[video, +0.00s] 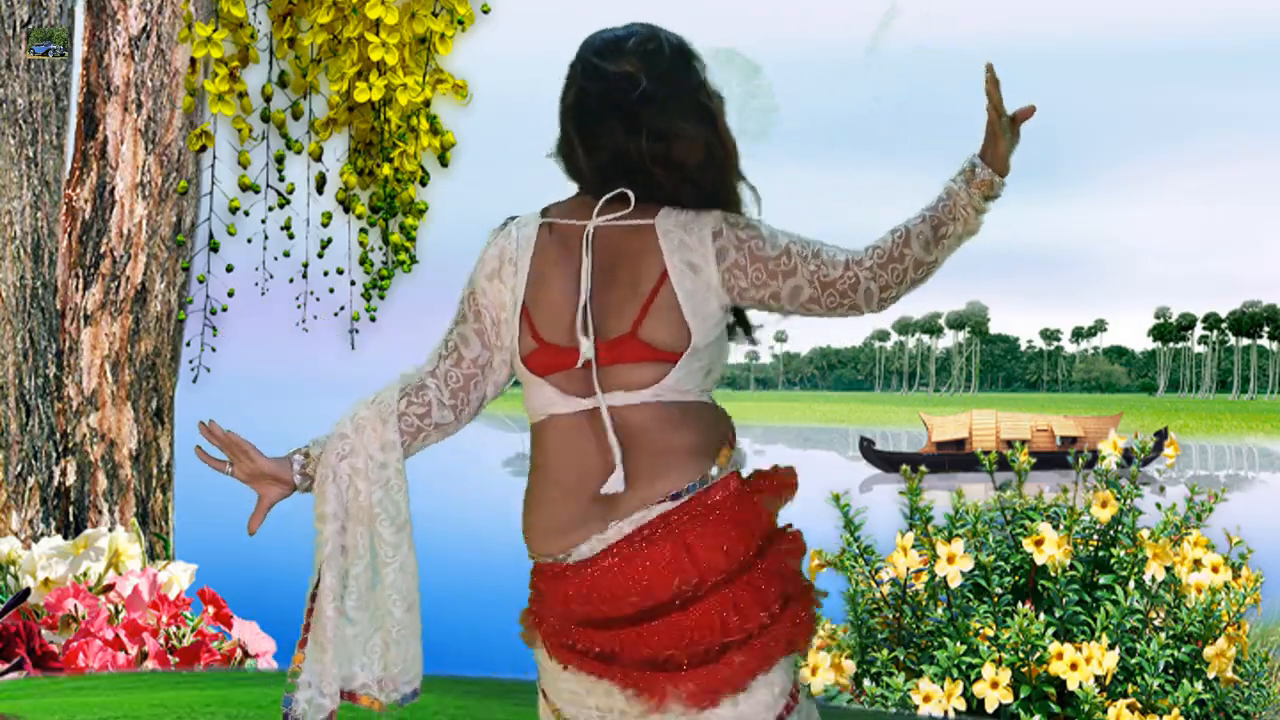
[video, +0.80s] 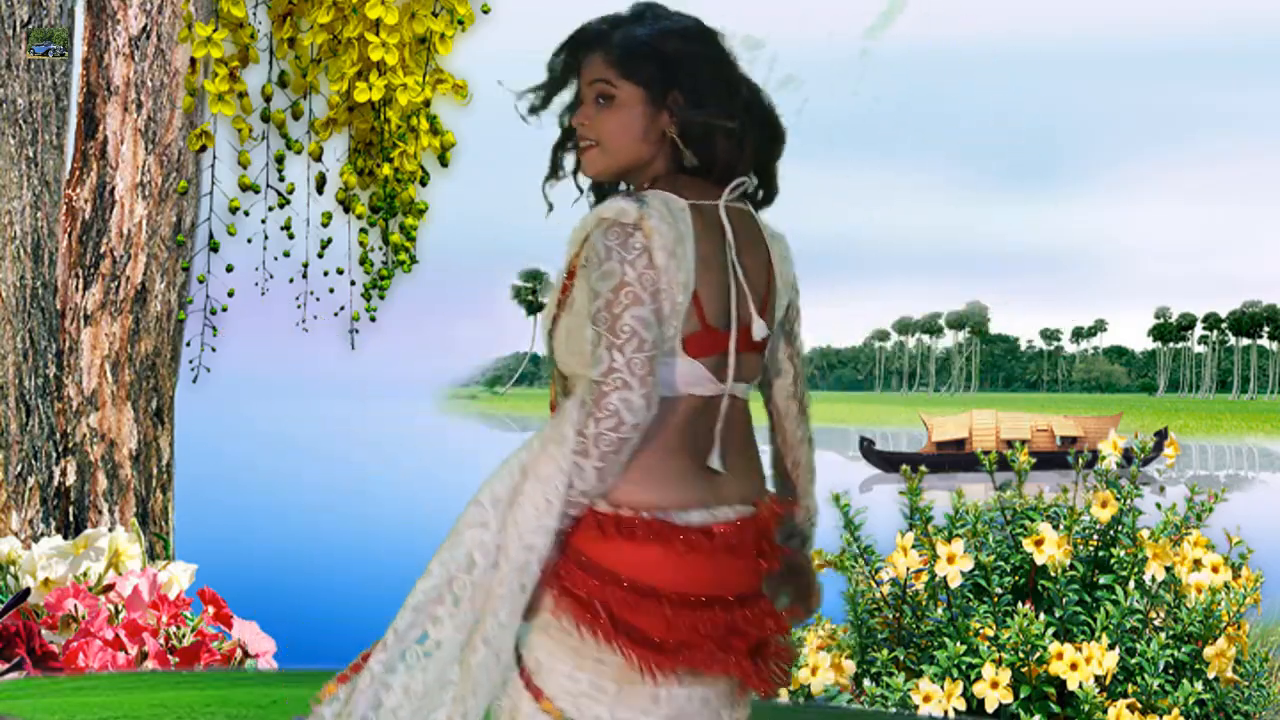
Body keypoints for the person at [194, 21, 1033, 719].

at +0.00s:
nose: (715, 130)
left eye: (704, 110)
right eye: (703, 111)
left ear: (577, 128)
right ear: (682, 124)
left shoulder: (513, 252)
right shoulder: (705, 239)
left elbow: (439, 397)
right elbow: (864, 284)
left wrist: (301, 467)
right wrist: (983, 178)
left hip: (564, 530)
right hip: (694, 517)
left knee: (592, 705)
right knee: (733, 703)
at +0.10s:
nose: (688, 114)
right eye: (681, 97)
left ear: (569, 114)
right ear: (679, 107)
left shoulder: (514, 240)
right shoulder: (713, 220)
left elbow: (438, 395)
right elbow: (859, 273)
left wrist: (298, 472)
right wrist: (973, 171)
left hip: (545, 527)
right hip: (681, 520)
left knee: (561, 702)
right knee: (727, 702)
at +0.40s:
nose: (696, 126)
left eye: (573, 108)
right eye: (687, 108)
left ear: (568, 127)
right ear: (682, 123)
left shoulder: (512, 248)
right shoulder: (712, 239)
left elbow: (444, 412)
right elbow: (857, 300)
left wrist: (310, 500)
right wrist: (980, 221)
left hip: (544, 525)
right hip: (680, 519)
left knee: (549, 699)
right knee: (710, 699)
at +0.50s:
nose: (547, 140)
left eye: (556, 122)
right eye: (555, 119)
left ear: (576, 139)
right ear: (676, 136)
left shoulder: (527, 261)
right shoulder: (724, 257)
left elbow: (450, 424)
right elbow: (851, 350)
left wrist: (319, 507)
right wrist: (1000, 326)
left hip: (550, 548)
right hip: (692, 542)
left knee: (546, 711)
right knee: (722, 710)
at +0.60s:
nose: (537, 107)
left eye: (554, 88)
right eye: (545, 87)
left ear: (611, 103)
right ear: (636, 103)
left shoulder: (561, 226)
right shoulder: (740, 219)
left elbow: (488, 399)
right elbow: (845, 339)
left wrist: (361, 492)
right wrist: (968, 401)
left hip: (554, 505)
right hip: (690, 513)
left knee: (536, 702)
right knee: (691, 705)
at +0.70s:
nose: (558, 103)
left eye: (579, 80)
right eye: (564, 80)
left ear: (647, 97)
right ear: (641, 100)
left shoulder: (604, 215)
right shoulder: (759, 210)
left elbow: (580, 389)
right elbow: (806, 360)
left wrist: (469, 471)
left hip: (601, 485)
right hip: (715, 497)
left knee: (541, 695)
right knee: (690, 701)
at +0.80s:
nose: (576, 120)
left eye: (602, 97)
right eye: (578, 101)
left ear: (671, 113)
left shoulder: (630, 227)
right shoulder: (764, 240)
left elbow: (621, 403)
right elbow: (789, 411)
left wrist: (524, 525)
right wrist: (796, 539)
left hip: (624, 533)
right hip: (736, 533)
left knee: (582, 699)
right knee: (704, 704)